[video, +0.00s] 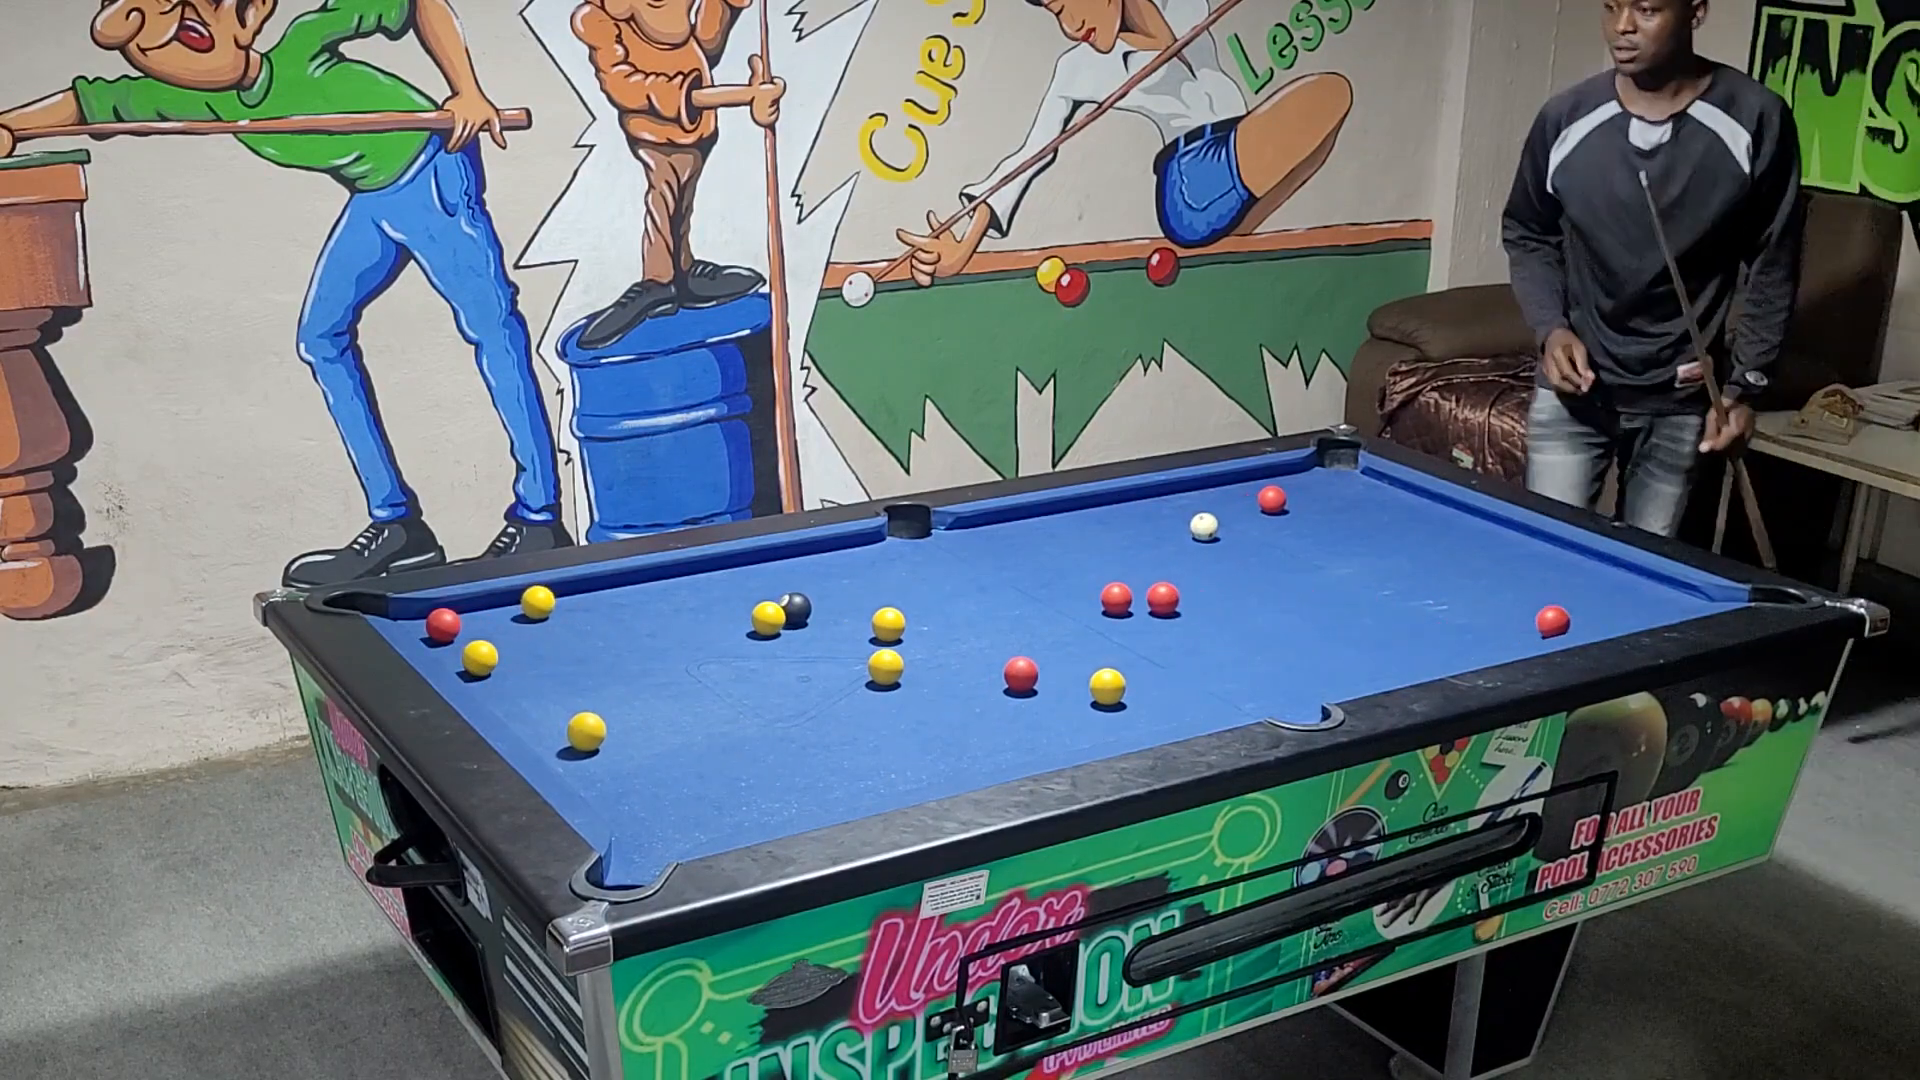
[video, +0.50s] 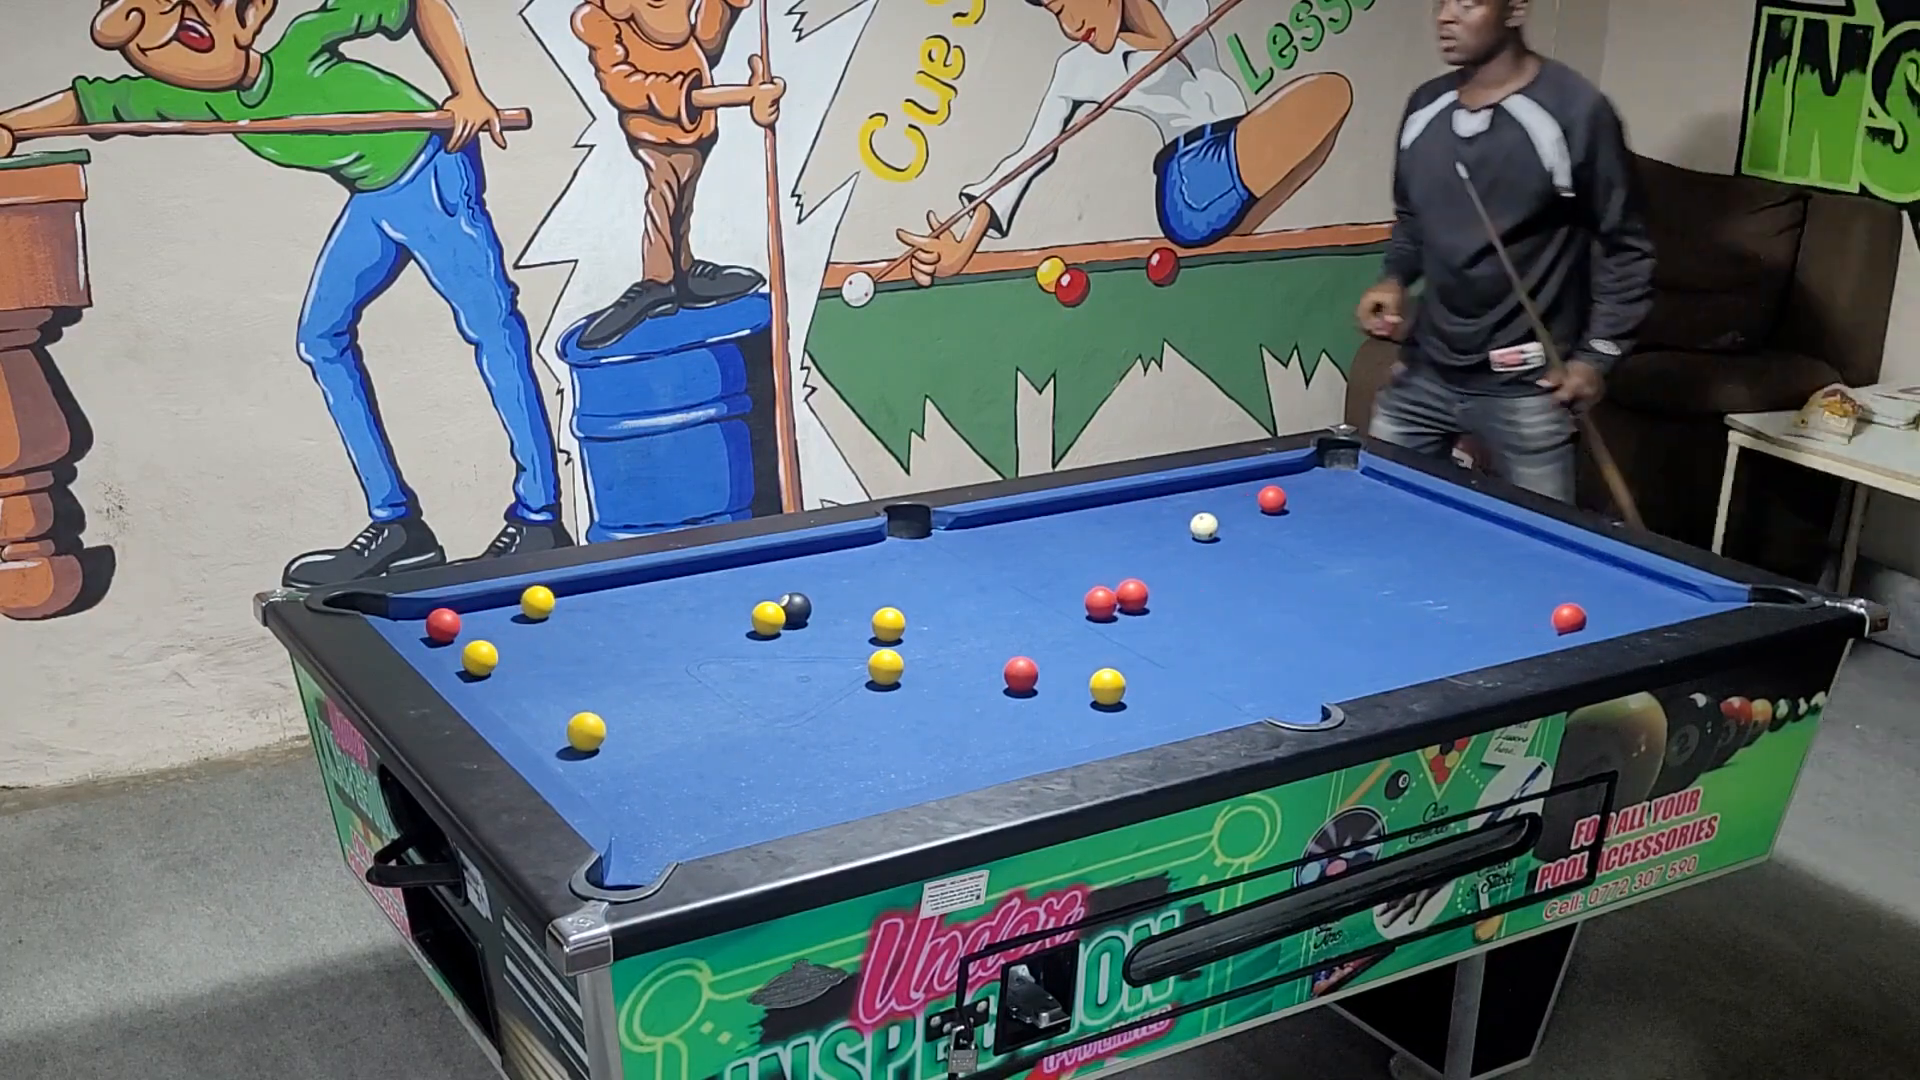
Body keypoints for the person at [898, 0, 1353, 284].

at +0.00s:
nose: (1069, 24)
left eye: (1070, 5)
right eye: (1057, 15)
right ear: (1056, 18)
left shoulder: (1177, 10)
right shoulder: (1076, 69)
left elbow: (1198, 61)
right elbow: (1029, 156)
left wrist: (1140, 12)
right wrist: (964, 245)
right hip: (1194, 183)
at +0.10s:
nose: (1069, 24)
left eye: (1070, 5)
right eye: (1057, 15)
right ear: (1056, 18)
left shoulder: (1177, 10)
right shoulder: (1076, 69)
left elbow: (1198, 61)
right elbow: (1029, 156)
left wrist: (1140, 12)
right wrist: (964, 245)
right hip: (1194, 183)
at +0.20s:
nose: (1069, 23)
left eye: (1071, 4)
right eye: (1056, 15)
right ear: (1055, 18)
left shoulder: (1177, 10)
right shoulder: (1076, 68)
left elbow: (1196, 60)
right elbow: (1029, 156)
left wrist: (1139, 11)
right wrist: (964, 245)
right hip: (1194, 183)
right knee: (1329, 91)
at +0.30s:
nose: (1069, 23)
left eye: (1071, 4)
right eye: (1056, 15)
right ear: (1055, 18)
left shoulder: (1177, 10)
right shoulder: (1076, 68)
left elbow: (1196, 60)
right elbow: (1029, 156)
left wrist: (1139, 11)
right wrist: (964, 245)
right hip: (1194, 183)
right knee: (1329, 91)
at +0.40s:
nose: (1069, 24)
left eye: (1069, 5)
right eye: (1056, 15)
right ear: (1056, 18)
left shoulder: (1177, 11)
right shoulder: (1077, 68)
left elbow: (1201, 65)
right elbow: (1029, 156)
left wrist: (1145, 15)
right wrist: (964, 245)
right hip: (1190, 184)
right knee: (1330, 91)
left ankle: (1237, 232)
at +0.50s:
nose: (1070, 24)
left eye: (1075, 6)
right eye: (1058, 16)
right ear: (1057, 20)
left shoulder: (1178, 13)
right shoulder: (1076, 68)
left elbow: (1206, 67)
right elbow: (1029, 157)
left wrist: (1149, 21)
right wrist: (964, 245)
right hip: (1190, 182)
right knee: (1330, 91)